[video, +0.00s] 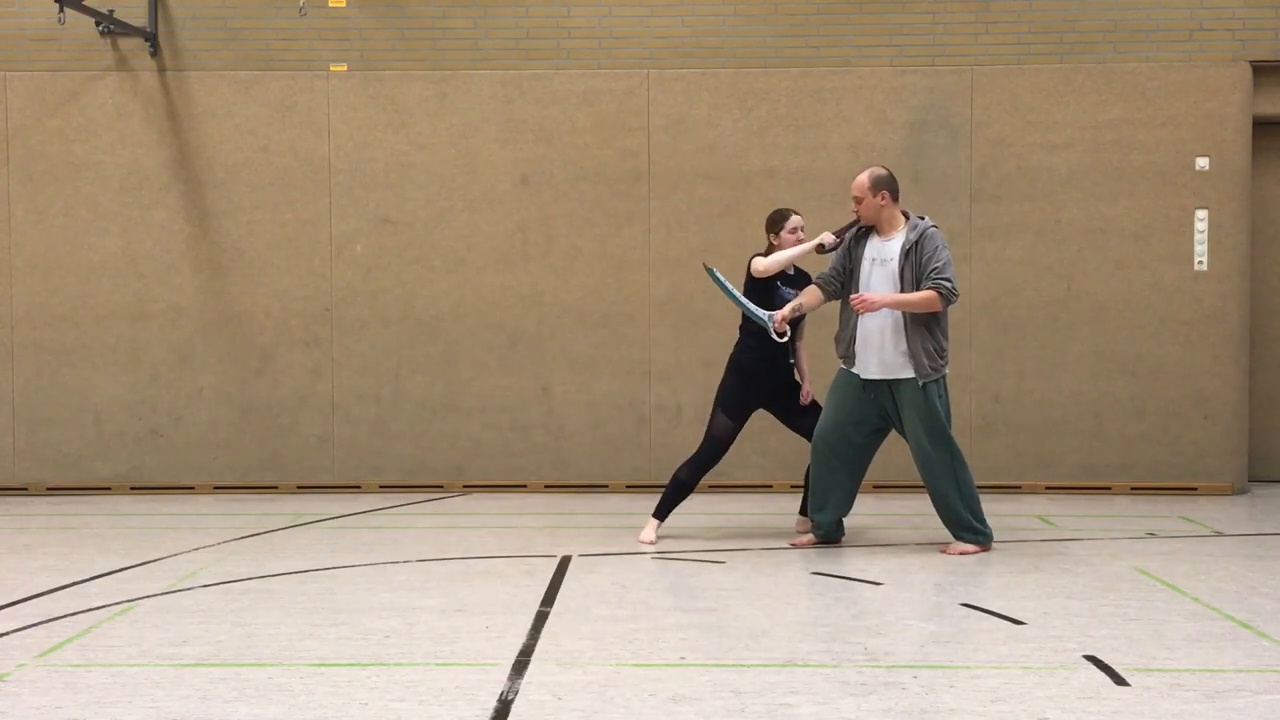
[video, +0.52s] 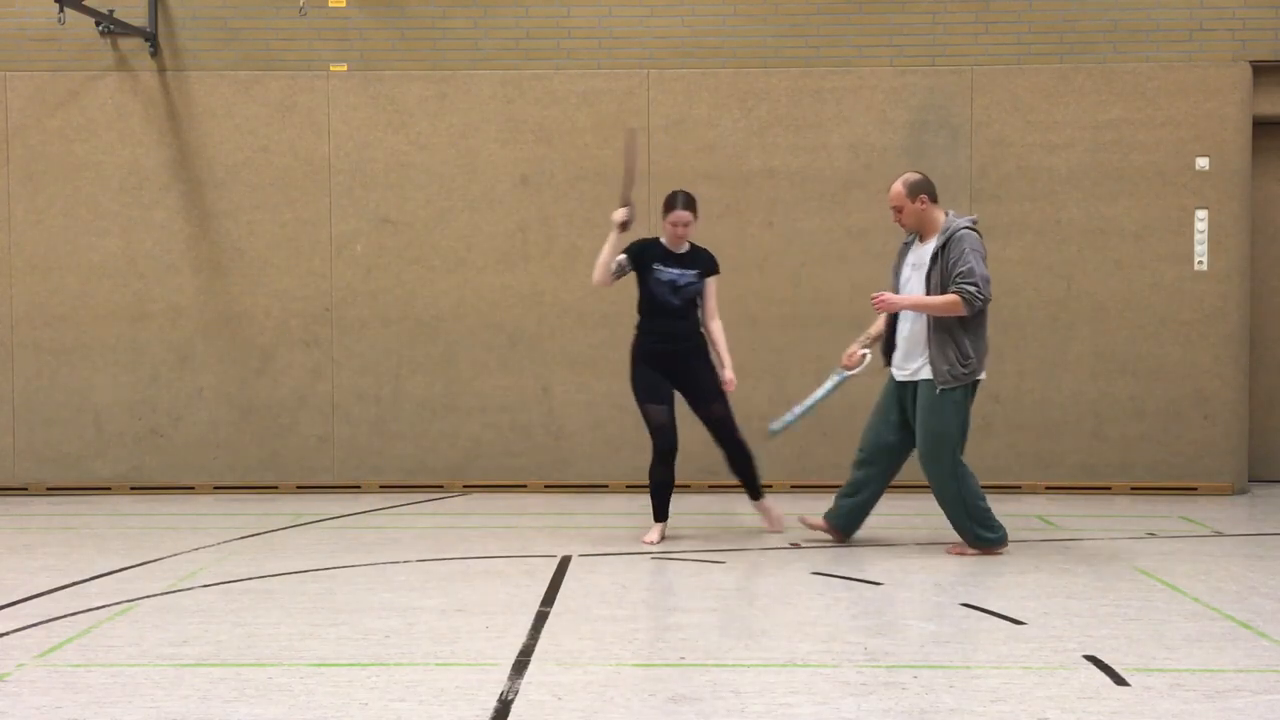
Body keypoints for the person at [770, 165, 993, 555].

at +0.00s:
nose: (853, 206)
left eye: (858, 199)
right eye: (852, 199)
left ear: (883, 198)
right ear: (878, 200)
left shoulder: (925, 237)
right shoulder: (856, 240)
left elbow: (943, 295)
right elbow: (828, 284)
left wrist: (886, 300)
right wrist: (794, 307)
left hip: (913, 374)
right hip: (860, 373)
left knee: (936, 454)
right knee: (829, 441)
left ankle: (974, 536)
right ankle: (826, 529)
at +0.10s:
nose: (853, 209)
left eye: (858, 202)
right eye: (851, 202)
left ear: (883, 199)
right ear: (875, 202)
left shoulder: (924, 236)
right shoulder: (854, 245)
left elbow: (943, 295)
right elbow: (826, 286)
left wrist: (886, 300)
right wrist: (796, 307)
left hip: (913, 373)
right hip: (859, 373)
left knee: (933, 454)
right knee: (829, 442)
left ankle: (973, 533)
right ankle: (826, 528)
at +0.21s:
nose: (856, 212)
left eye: (861, 205)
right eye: (854, 205)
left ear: (886, 201)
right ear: (876, 203)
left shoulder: (927, 237)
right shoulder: (857, 245)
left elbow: (945, 296)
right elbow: (832, 290)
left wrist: (891, 300)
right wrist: (803, 313)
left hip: (912, 370)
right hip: (861, 371)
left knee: (925, 451)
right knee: (833, 443)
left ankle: (970, 529)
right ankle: (826, 529)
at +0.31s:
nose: (866, 215)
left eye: (870, 208)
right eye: (863, 208)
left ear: (896, 203)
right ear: (888, 205)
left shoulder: (936, 240)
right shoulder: (869, 245)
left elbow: (953, 300)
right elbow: (845, 296)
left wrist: (898, 302)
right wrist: (815, 320)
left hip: (916, 371)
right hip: (867, 371)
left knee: (920, 453)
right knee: (839, 443)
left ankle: (975, 527)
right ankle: (826, 527)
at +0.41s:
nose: (879, 218)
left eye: (884, 210)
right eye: (878, 210)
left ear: (909, 205)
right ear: (900, 206)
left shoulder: (950, 242)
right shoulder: (886, 249)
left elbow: (961, 303)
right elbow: (865, 302)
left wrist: (901, 303)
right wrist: (833, 333)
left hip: (930, 373)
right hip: (885, 372)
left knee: (925, 453)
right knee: (851, 445)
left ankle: (982, 531)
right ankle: (828, 529)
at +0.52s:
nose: (895, 218)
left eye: (899, 210)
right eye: (892, 210)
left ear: (923, 203)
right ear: (917, 205)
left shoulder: (962, 240)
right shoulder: (910, 247)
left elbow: (970, 300)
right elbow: (898, 310)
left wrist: (903, 302)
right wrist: (863, 343)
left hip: (946, 373)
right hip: (906, 373)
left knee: (940, 459)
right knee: (877, 450)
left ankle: (987, 537)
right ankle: (840, 523)